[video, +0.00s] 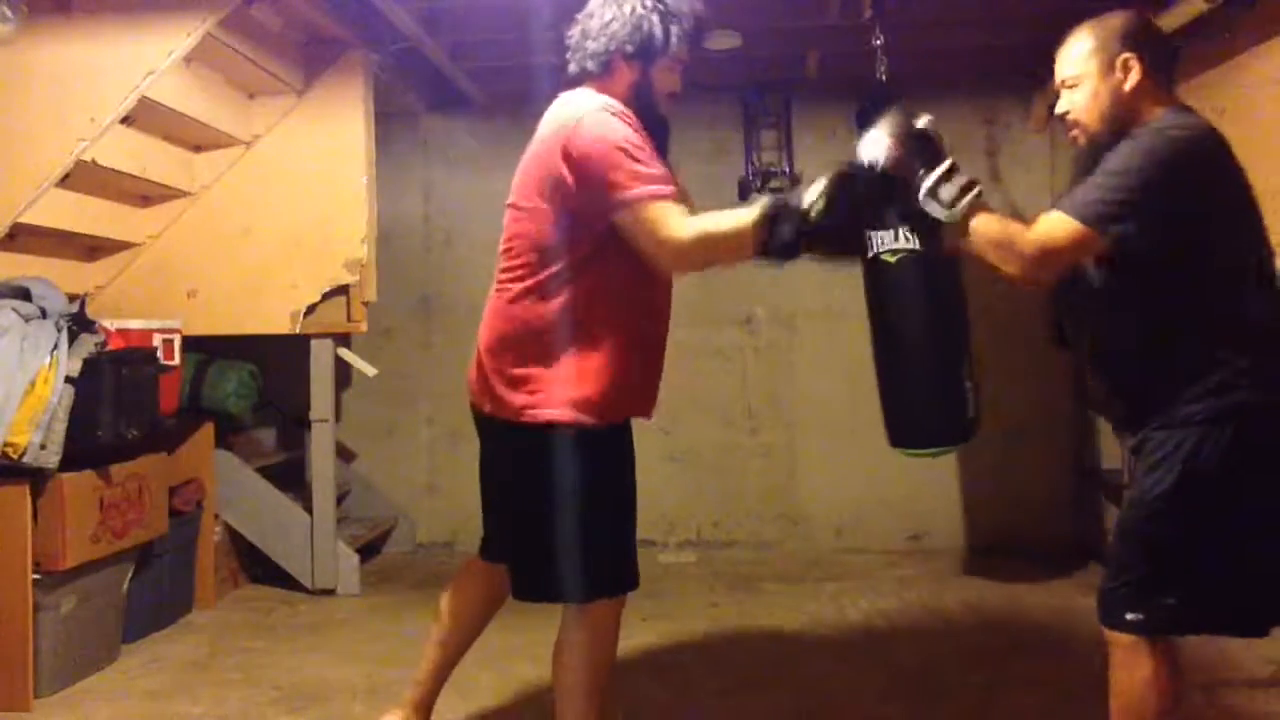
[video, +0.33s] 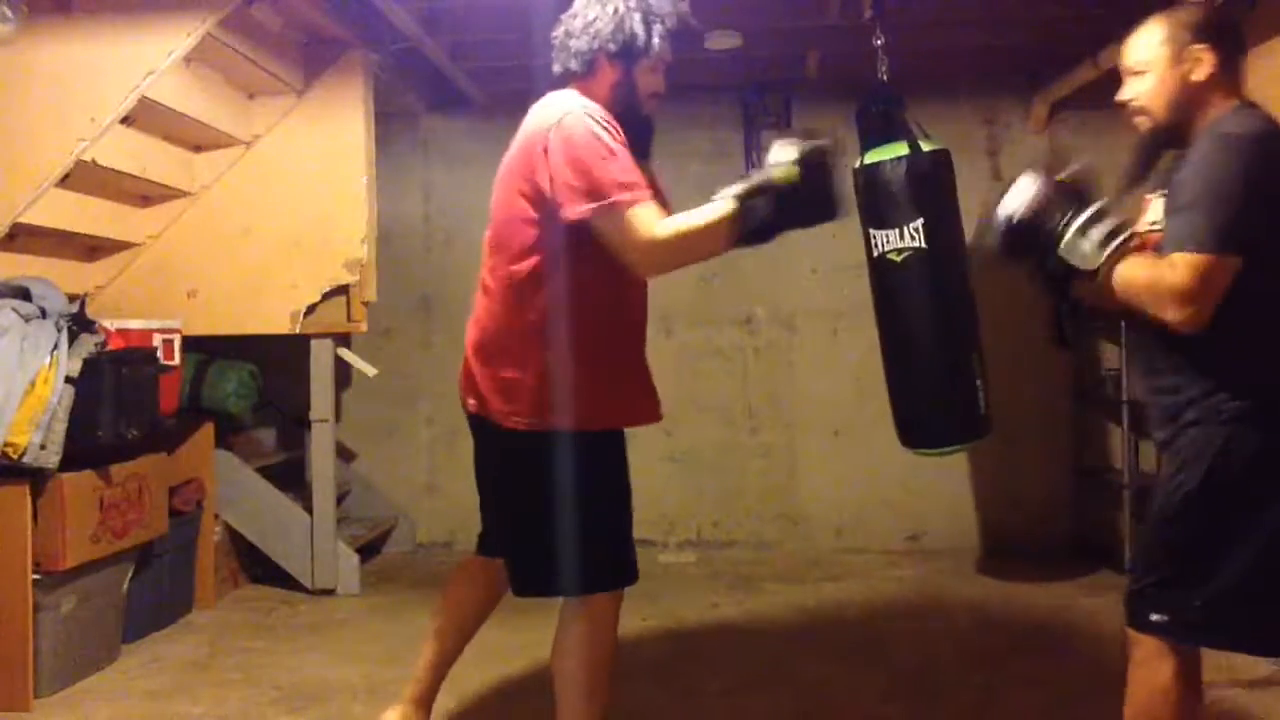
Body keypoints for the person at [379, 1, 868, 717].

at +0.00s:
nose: (681, 83)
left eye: (682, 66)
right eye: (673, 65)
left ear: (611, 62)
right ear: (625, 60)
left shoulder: (588, 119)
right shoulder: (597, 124)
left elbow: (673, 235)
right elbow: (676, 244)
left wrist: (767, 222)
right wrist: (785, 213)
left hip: (523, 390)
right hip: (568, 399)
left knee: (497, 558)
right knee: (599, 595)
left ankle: (413, 705)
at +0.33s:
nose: (665, 82)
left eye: (666, 66)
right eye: (657, 64)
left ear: (600, 64)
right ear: (608, 58)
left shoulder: (574, 123)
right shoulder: (574, 124)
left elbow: (654, 240)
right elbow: (648, 248)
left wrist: (751, 205)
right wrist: (757, 201)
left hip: (513, 392)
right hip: (566, 399)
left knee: (495, 554)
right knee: (597, 589)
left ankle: (414, 702)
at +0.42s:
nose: (653, 85)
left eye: (653, 68)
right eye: (645, 66)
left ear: (593, 68)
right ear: (597, 63)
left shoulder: (576, 129)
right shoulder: (564, 126)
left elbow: (690, 218)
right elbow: (687, 216)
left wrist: (805, 195)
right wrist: (814, 191)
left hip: (541, 391)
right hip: (530, 395)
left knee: (498, 557)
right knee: (588, 587)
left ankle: (415, 698)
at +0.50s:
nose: (640, 89)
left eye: (641, 71)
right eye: (630, 70)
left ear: (585, 71)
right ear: (581, 67)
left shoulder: (560, 129)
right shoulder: (556, 125)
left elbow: (713, 182)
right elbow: (707, 173)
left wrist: (840, 190)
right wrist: (841, 179)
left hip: (506, 394)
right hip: (521, 396)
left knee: (491, 561)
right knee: (578, 582)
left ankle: (405, 702)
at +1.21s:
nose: (572, 88)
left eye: (572, 71)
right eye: (560, 71)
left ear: (528, 72)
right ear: (507, 68)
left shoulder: (539, 148)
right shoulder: (470, 134)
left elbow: (657, 194)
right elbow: (616, 171)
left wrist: (774, 180)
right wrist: (763, 159)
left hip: (534, 406)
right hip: (497, 412)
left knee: (493, 565)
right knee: (574, 586)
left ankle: (401, 702)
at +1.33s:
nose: (537, 105)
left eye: (540, 87)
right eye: (527, 86)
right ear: (475, 83)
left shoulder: (513, 160)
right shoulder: (432, 152)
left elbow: (603, 220)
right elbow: (556, 206)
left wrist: (714, 196)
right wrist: (686, 177)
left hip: (518, 426)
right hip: (485, 432)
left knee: (497, 580)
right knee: (584, 583)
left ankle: (392, 706)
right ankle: (570, 716)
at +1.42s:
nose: (516, 82)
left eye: (518, 65)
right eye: (502, 63)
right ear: (448, 62)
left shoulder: (504, 142)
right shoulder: (406, 118)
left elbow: (568, 213)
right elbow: (471, 198)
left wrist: (630, 203)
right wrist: (590, 191)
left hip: (499, 401)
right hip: (446, 406)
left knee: (453, 586)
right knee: (535, 600)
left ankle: (380, 706)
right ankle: (551, 712)